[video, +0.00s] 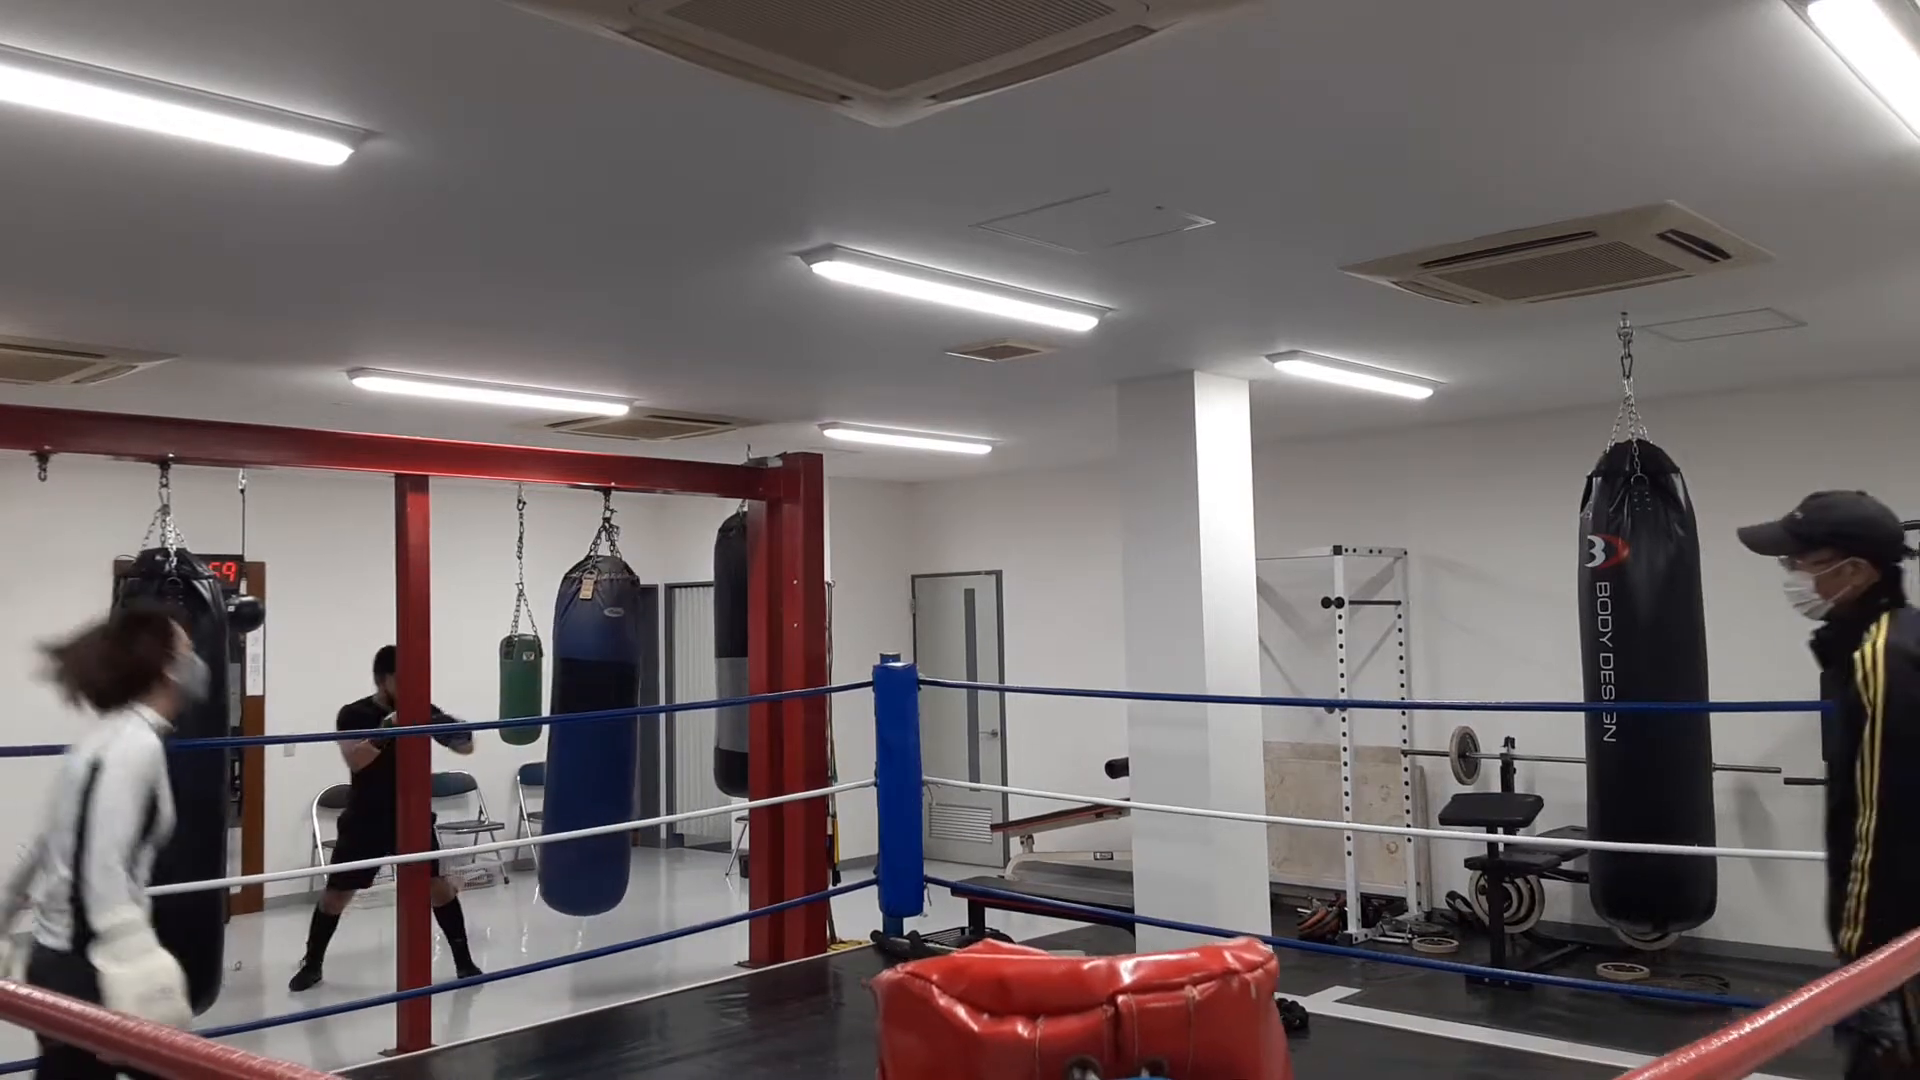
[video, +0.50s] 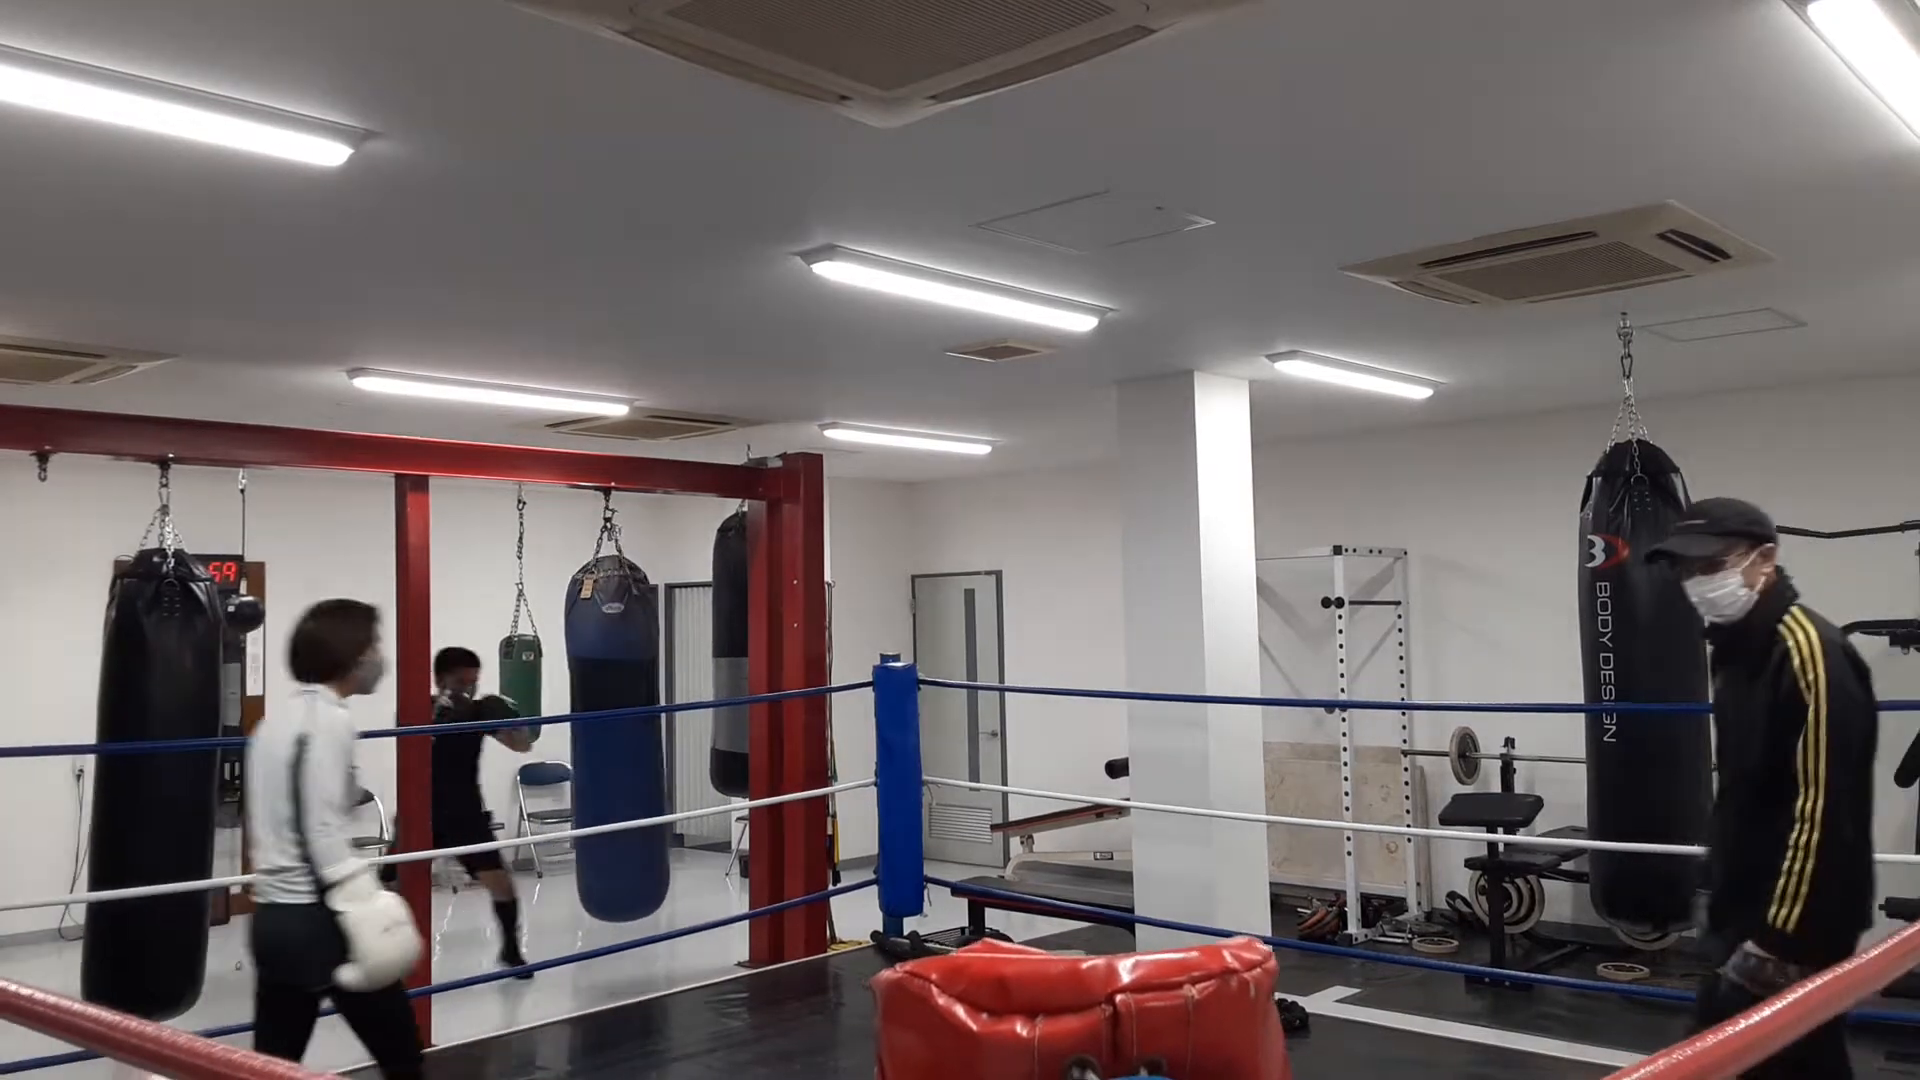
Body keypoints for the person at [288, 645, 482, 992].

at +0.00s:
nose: (406, 683)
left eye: (409, 676)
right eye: (399, 677)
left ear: (413, 679)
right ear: (382, 678)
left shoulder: (419, 710)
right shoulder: (355, 714)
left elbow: (465, 745)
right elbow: (354, 759)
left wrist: (451, 731)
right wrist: (388, 729)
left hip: (412, 817)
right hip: (365, 819)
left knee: (437, 885)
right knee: (337, 892)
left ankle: (463, 961)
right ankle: (312, 965)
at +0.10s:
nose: (406, 677)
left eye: (408, 670)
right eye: (399, 671)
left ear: (409, 672)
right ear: (381, 672)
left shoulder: (416, 706)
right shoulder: (349, 709)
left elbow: (458, 741)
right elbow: (349, 755)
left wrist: (456, 721)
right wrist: (387, 724)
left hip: (411, 812)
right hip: (362, 815)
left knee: (439, 880)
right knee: (336, 889)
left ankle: (465, 956)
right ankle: (309, 962)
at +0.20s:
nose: (406, 681)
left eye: (410, 674)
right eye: (400, 674)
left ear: (417, 674)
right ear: (385, 672)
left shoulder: (420, 704)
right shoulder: (356, 706)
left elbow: (465, 740)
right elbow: (358, 751)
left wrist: (464, 713)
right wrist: (394, 718)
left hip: (413, 814)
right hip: (364, 816)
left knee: (444, 877)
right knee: (336, 892)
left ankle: (478, 950)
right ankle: (306, 959)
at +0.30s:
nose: (425, 692)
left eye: (431, 684)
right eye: (417, 684)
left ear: (436, 683)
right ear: (396, 681)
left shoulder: (431, 716)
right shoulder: (368, 715)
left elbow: (470, 753)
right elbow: (372, 754)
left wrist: (471, 727)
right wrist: (414, 722)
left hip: (416, 822)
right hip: (369, 824)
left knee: (458, 885)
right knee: (339, 900)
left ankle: (493, 952)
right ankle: (303, 962)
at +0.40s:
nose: (452, 687)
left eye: (455, 682)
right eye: (447, 681)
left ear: (456, 681)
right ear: (427, 678)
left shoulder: (455, 717)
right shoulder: (391, 714)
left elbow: (502, 741)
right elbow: (392, 751)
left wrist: (499, 709)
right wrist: (434, 712)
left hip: (436, 819)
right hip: (391, 820)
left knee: (475, 884)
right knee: (356, 894)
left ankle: (498, 957)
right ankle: (326, 959)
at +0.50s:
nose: (469, 689)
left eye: (473, 682)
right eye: (463, 681)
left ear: (476, 681)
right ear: (442, 679)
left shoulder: (478, 712)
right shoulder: (420, 710)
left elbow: (521, 743)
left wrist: (504, 714)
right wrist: (432, 712)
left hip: (465, 812)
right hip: (421, 814)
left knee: (500, 882)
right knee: (396, 886)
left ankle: (511, 950)